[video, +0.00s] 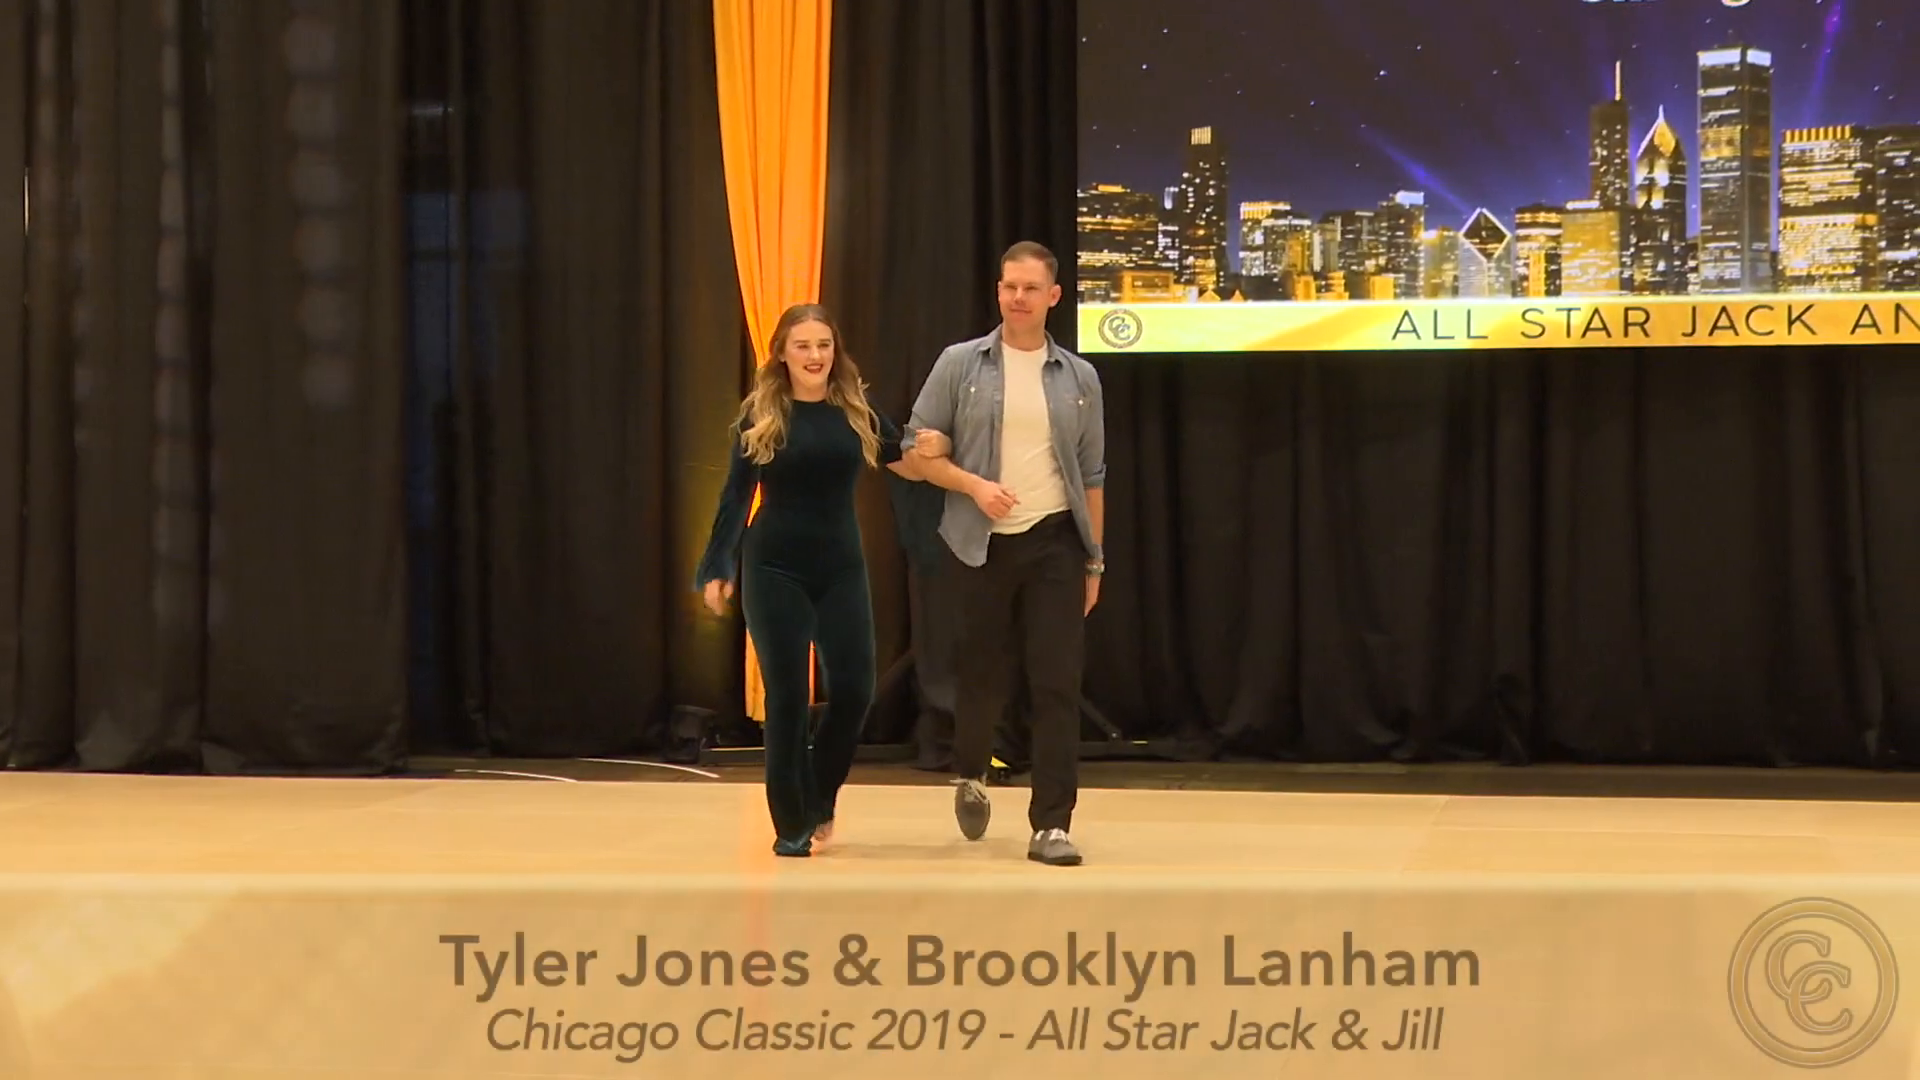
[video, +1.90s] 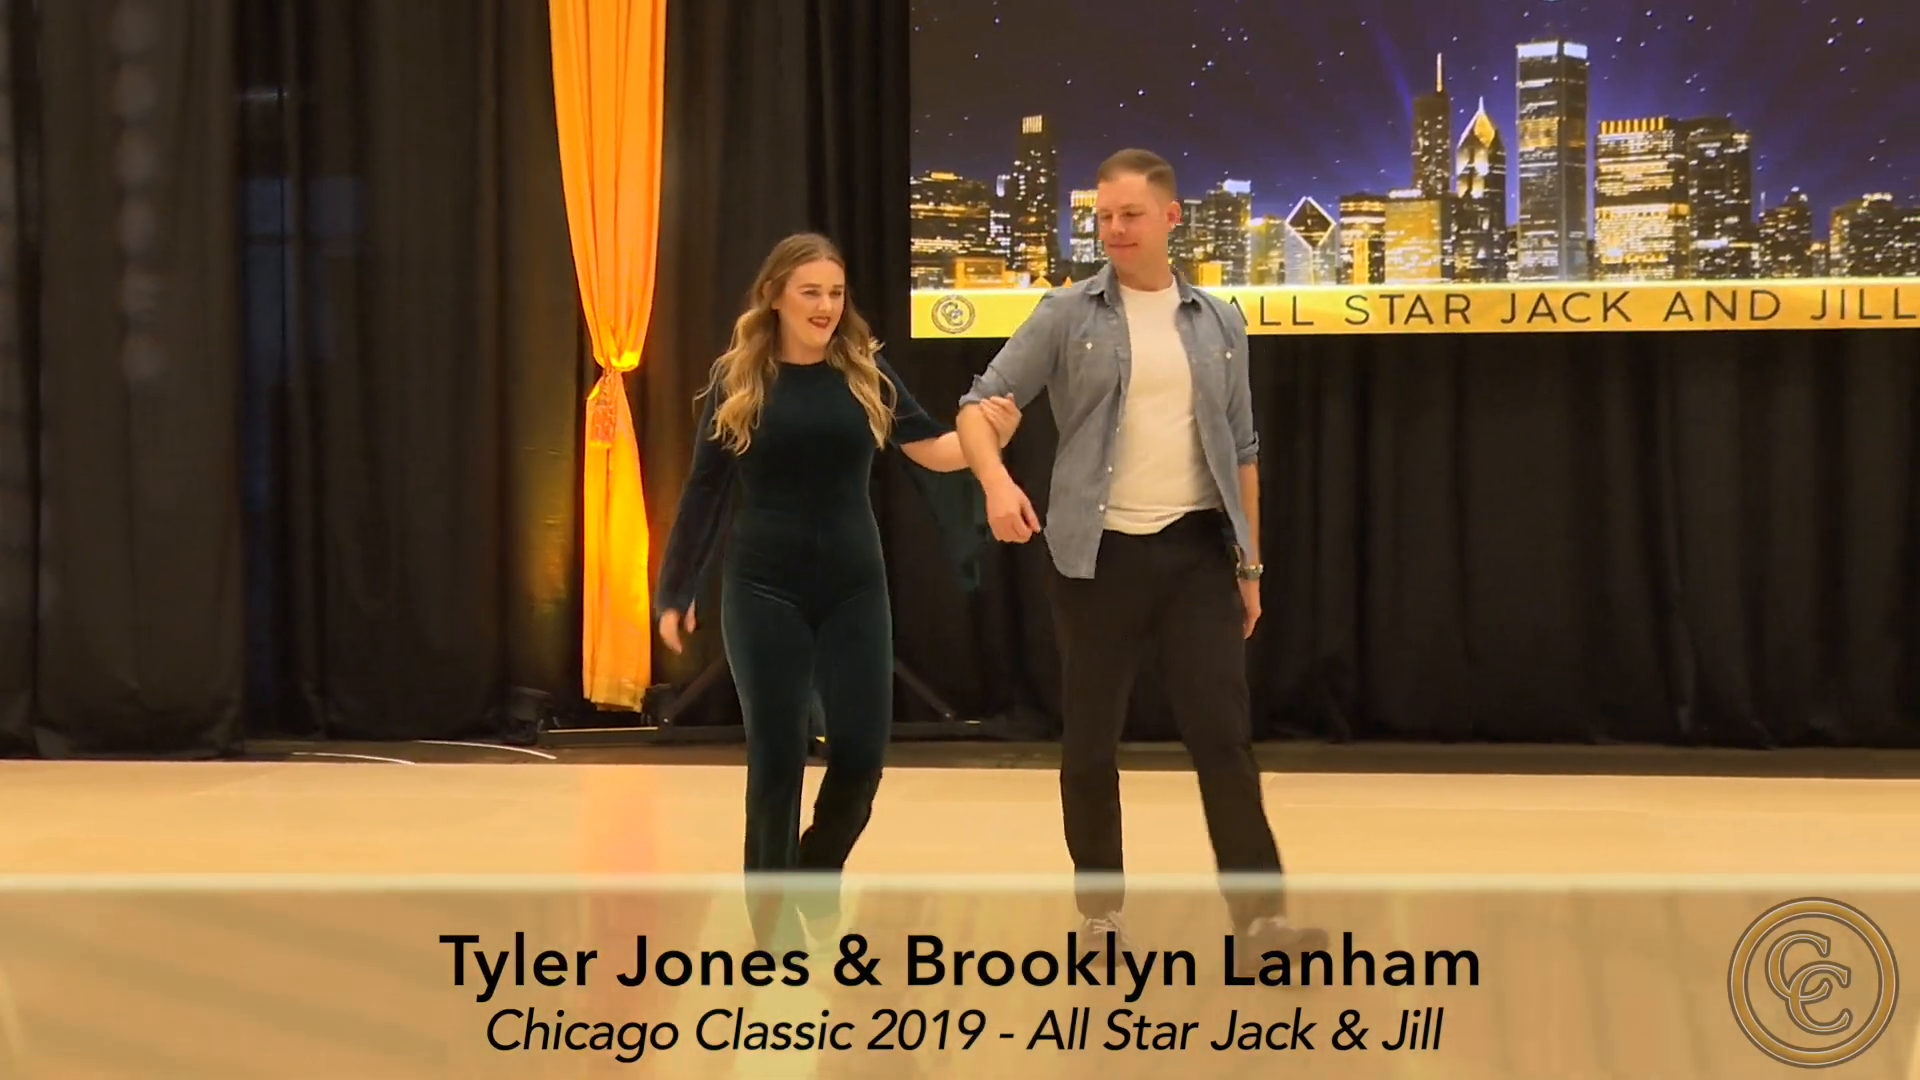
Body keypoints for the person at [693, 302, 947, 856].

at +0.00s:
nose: (813, 355)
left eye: (822, 344)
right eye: (801, 345)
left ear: (835, 350)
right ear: (783, 352)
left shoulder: (855, 410)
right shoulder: (760, 414)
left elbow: (897, 457)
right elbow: (737, 497)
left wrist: (933, 447)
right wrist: (719, 564)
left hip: (842, 571)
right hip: (773, 570)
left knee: (854, 690)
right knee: (787, 698)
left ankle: (821, 797)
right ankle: (790, 827)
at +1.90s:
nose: (824, 305)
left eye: (835, 292)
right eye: (809, 291)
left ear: (846, 299)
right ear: (775, 296)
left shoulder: (866, 374)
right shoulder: (739, 377)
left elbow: (930, 448)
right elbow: (704, 487)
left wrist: (988, 432)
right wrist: (676, 584)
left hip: (857, 588)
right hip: (761, 587)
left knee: (862, 758)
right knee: (776, 760)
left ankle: (814, 886)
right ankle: (770, 924)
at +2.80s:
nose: (904, 275)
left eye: (902, 262)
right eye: (892, 262)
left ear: (867, 273)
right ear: (846, 271)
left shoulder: (886, 364)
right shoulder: (793, 362)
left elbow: (928, 437)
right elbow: (773, 454)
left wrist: (1026, 418)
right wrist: (776, 516)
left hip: (892, 588)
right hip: (812, 589)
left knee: (918, 756)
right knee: (839, 759)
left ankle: (837, 896)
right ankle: (834, 938)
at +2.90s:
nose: (908, 267)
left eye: (903, 254)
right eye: (894, 254)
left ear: (868, 268)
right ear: (849, 267)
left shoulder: (886, 357)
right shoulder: (799, 355)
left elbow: (909, 451)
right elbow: (802, 449)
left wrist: (971, 418)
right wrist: (852, 474)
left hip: (893, 583)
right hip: (812, 587)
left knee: (929, 749)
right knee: (827, 760)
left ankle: (881, 928)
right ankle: (820, 941)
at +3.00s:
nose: (914, 264)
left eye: (910, 251)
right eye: (901, 251)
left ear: (875, 266)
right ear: (855, 264)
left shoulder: (897, 361)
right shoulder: (810, 355)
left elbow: (925, 474)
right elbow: (849, 448)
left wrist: (958, 431)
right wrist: (937, 430)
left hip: (903, 576)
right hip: (821, 578)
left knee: (919, 769)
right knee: (824, 763)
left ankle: (944, 954)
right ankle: (818, 948)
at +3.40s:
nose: (938, 260)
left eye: (934, 247)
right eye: (925, 247)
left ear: (883, 264)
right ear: (880, 262)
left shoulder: (913, 351)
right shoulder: (864, 346)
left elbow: (963, 470)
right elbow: (936, 425)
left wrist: (1025, 375)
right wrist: (1025, 356)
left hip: (939, 575)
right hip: (872, 578)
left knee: (936, 768)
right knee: (886, 765)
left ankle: (920, 953)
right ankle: (821, 956)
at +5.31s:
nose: (952, 278)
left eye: (950, 267)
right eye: (940, 268)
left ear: (913, 281)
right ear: (902, 281)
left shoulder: (910, 354)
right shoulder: (897, 361)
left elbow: (954, 421)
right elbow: (972, 445)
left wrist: (1004, 365)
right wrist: (1009, 377)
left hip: (899, 558)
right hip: (907, 562)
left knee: (896, 726)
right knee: (927, 724)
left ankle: (904, 889)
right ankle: (899, 905)